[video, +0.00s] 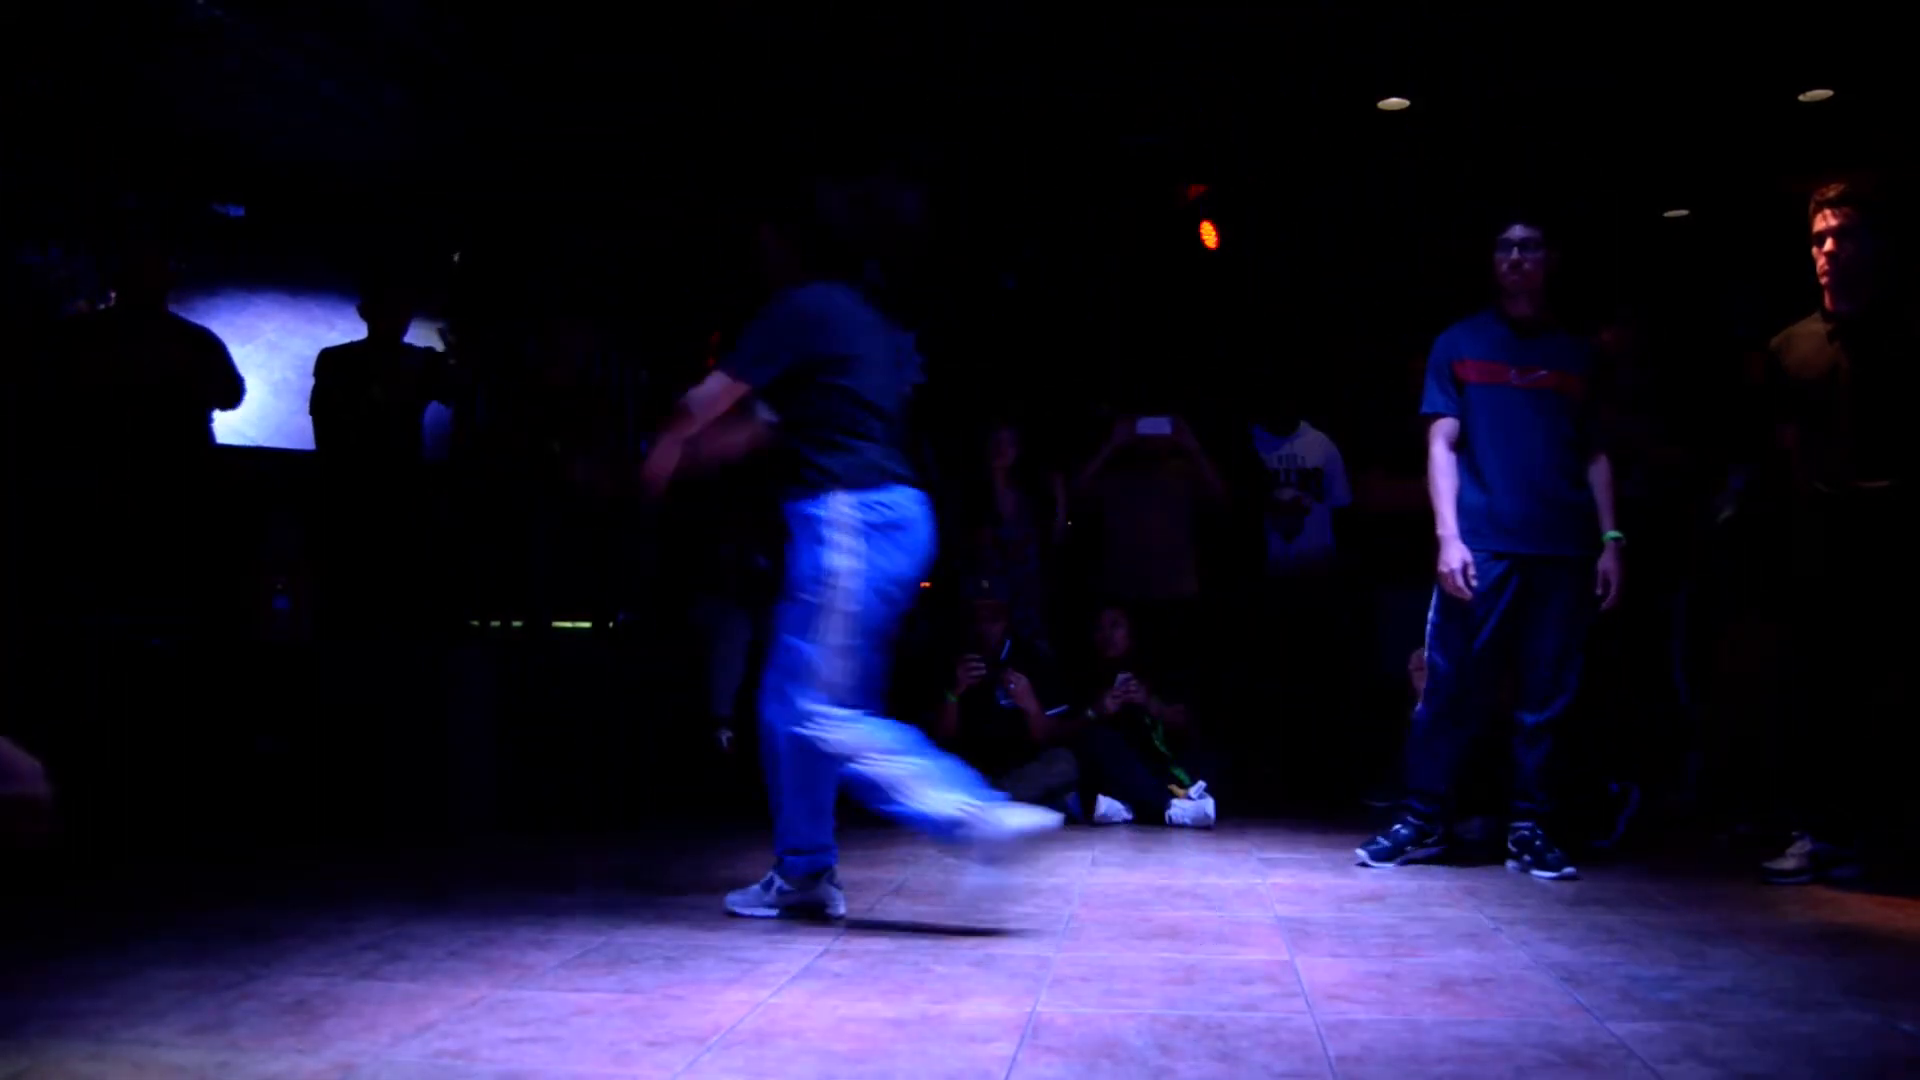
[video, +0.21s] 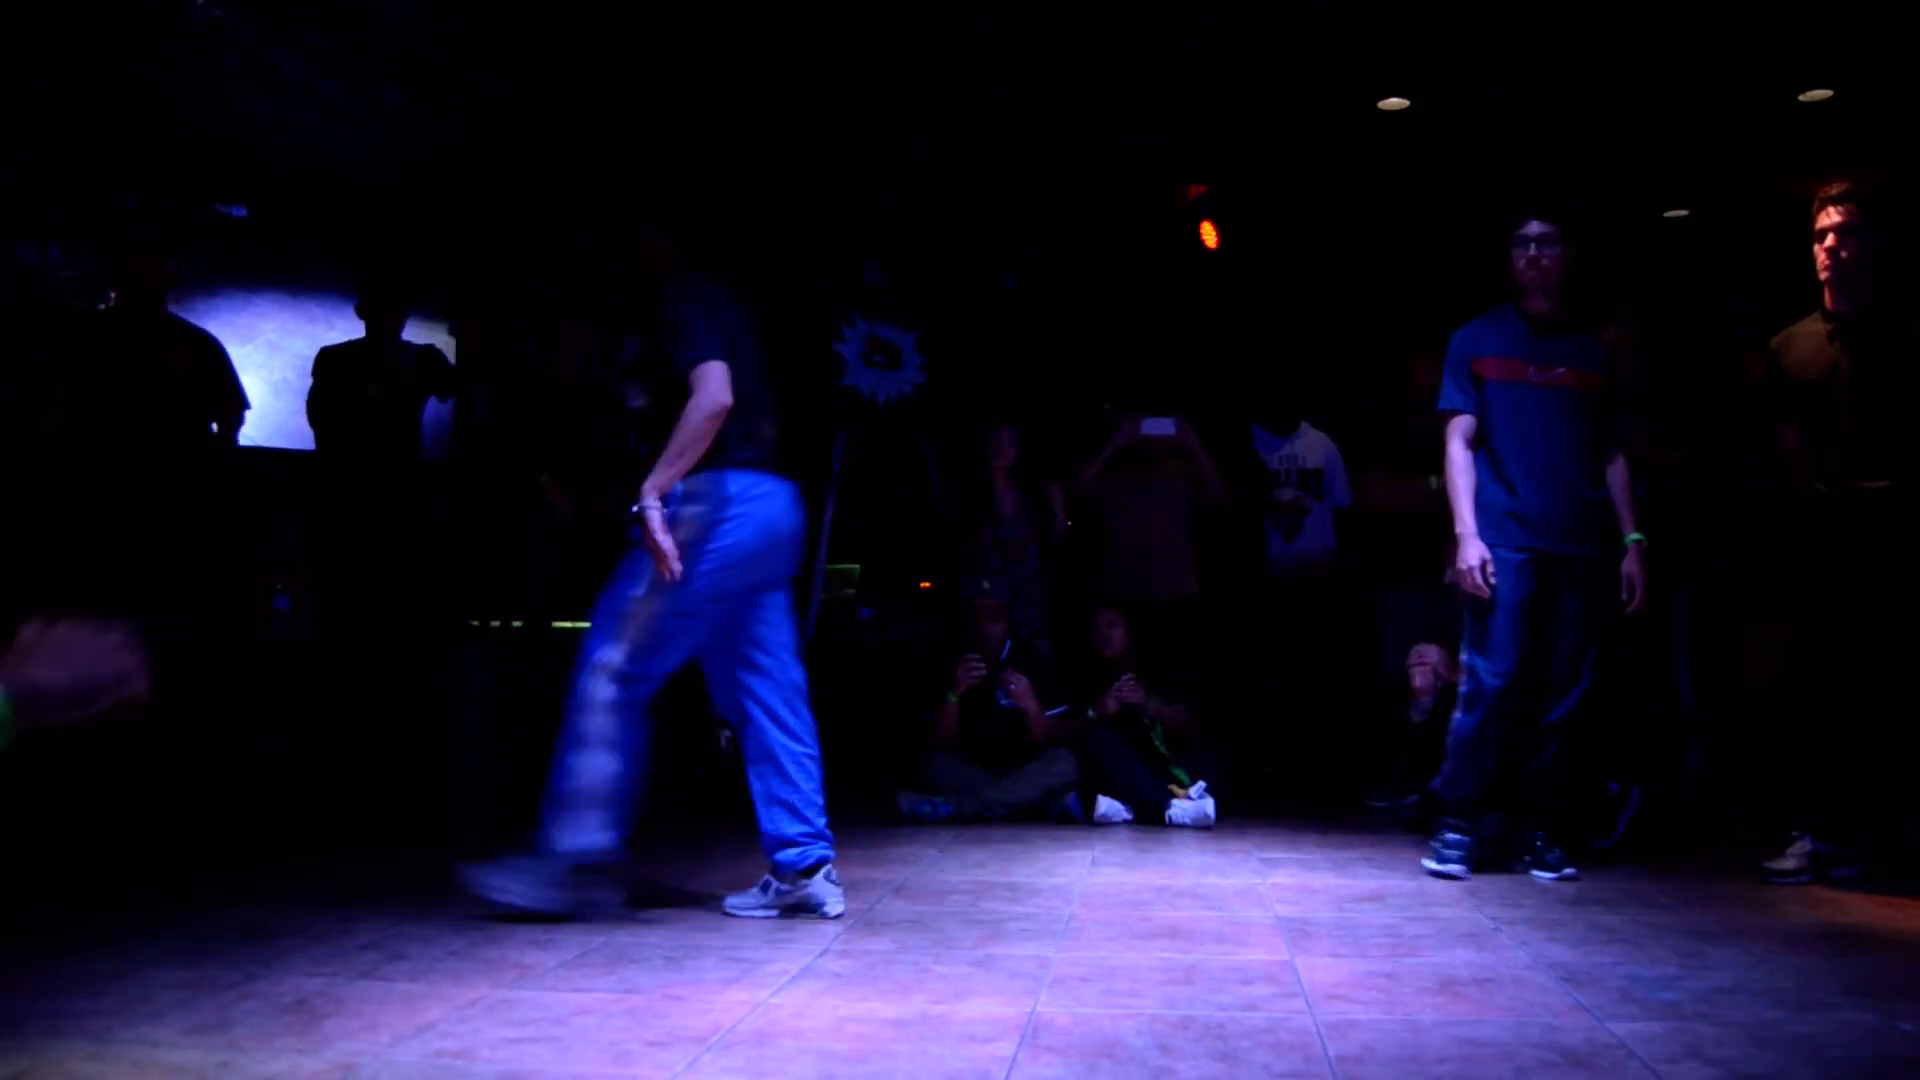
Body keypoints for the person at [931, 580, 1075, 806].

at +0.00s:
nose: (987, 629)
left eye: (994, 621)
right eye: (980, 621)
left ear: (1006, 623)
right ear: (969, 624)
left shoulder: (1027, 659)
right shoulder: (955, 662)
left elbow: (1047, 735)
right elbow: (942, 737)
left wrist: (1030, 705)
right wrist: (955, 693)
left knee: (1063, 764)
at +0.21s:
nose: (987, 629)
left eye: (995, 621)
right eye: (980, 621)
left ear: (1007, 622)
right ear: (968, 624)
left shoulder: (1028, 659)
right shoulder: (953, 660)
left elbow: (1048, 736)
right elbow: (940, 741)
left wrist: (1029, 703)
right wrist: (955, 693)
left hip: (1021, 755)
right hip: (969, 755)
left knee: (1063, 764)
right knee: (934, 766)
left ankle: (957, 806)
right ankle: (1038, 805)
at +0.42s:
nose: (988, 629)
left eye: (996, 620)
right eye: (981, 621)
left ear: (1007, 623)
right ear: (969, 624)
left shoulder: (1027, 660)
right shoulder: (954, 661)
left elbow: (1046, 735)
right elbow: (940, 740)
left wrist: (1027, 703)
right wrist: (955, 693)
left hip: (1020, 754)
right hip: (969, 755)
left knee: (1063, 764)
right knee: (934, 766)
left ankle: (957, 806)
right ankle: (1038, 805)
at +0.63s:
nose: (987, 628)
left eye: (994, 619)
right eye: (979, 620)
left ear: (1007, 622)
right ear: (969, 625)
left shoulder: (1029, 660)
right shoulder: (956, 661)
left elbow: (1045, 736)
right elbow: (941, 739)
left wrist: (1028, 703)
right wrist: (956, 693)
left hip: (1021, 754)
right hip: (970, 755)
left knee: (1062, 765)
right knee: (934, 767)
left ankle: (956, 807)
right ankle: (1038, 805)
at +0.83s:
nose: (986, 628)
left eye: (993, 619)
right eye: (979, 620)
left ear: (1007, 621)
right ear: (969, 624)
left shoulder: (1029, 660)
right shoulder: (956, 660)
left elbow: (1044, 736)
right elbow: (941, 740)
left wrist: (1028, 703)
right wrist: (956, 693)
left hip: (1021, 754)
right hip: (971, 755)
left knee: (1062, 764)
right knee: (934, 766)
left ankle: (957, 807)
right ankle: (1038, 805)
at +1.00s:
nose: (987, 628)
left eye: (994, 619)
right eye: (980, 620)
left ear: (1007, 622)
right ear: (970, 624)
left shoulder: (1027, 660)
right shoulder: (956, 660)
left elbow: (1045, 738)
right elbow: (941, 741)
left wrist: (1027, 704)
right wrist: (955, 693)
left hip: (1021, 755)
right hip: (970, 756)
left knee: (1063, 764)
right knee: (934, 766)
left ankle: (957, 806)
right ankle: (1039, 805)